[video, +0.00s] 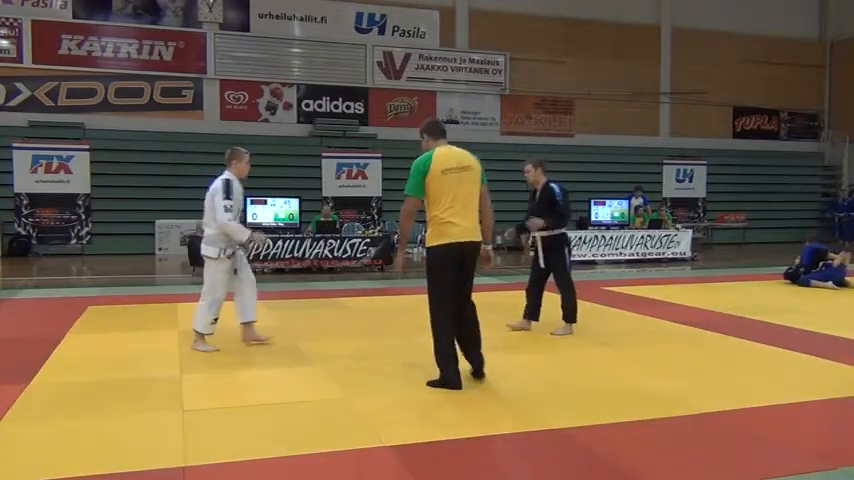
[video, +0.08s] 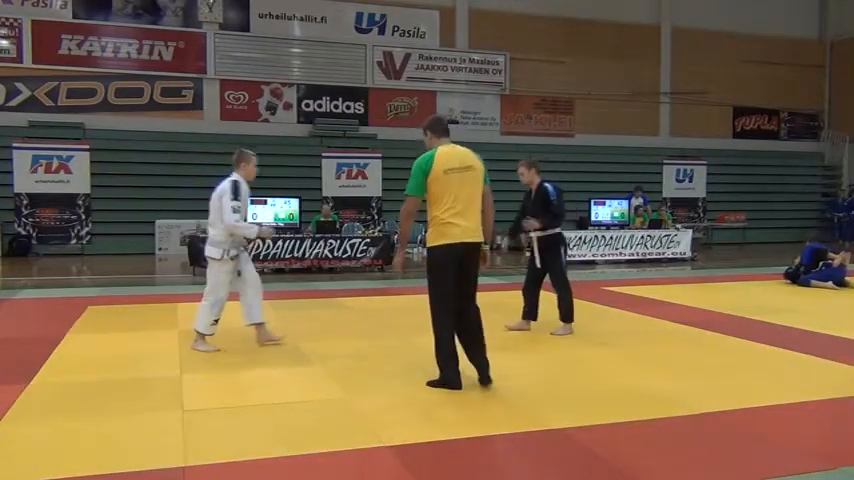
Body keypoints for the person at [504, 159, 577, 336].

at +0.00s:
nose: (526, 176)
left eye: (528, 172)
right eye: (525, 173)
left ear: (539, 171)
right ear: (530, 174)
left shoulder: (554, 189)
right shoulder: (534, 193)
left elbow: (563, 218)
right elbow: (532, 220)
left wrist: (544, 222)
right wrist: (517, 230)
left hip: (557, 243)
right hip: (541, 243)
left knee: (564, 282)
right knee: (535, 282)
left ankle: (569, 323)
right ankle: (527, 319)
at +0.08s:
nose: (520, 178)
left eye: (522, 174)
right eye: (519, 175)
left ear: (533, 172)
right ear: (527, 174)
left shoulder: (549, 190)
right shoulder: (529, 194)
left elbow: (558, 217)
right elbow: (522, 218)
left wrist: (540, 223)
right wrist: (511, 234)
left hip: (553, 242)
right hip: (537, 243)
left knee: (560, 282)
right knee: (531, 284)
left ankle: (567, 323)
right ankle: (526, 320)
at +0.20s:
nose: (512, 179)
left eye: (514, 175)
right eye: (511, 175)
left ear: (524, 172)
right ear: (519, 174)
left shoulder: (540, 189)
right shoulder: (522, 193)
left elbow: (545, 217)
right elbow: (514, 220)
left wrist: (535, 236)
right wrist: (499, 241)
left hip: (546, 239)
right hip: (531, 240)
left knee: (550, 280)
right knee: (526, 281)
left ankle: (564, 321)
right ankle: (525, 320)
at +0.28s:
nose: (506, 179)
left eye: (508, 175)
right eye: (505, 176)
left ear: (518, 173)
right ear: (515, 175)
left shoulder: (534, 190)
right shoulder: (517, 193)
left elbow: (538, 216)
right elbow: (513, 219)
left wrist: (535, 238)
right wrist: (500, 241)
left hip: (541, 238)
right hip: (525, 239)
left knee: (543, 281)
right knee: (523, 282)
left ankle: (560, 317)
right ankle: (524, 320)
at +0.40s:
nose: (502, 178)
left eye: (503, 174)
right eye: (501, 174)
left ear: (511, 172)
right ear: (508, 173)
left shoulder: (529, 189)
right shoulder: (510, 195)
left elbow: (536, 216)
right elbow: (510, 221)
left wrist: (533, 239)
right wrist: (503, 240)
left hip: (533, 237)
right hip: (518, 239)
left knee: (535, 280)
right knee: (520, 282)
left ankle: (552, 317)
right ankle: (524, 319)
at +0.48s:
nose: (502, 180)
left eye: (503, 176)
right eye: (501, 177)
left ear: (510, 173)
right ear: (507, 174)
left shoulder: (526, 189)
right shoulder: (509, 194)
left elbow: (534, 215)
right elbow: (510, 219)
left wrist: (530, 239)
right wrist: (504, 240)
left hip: (530, 237)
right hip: (516, 238)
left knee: (531, 280)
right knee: (518, 280)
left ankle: (542, 321)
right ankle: (523, 319)